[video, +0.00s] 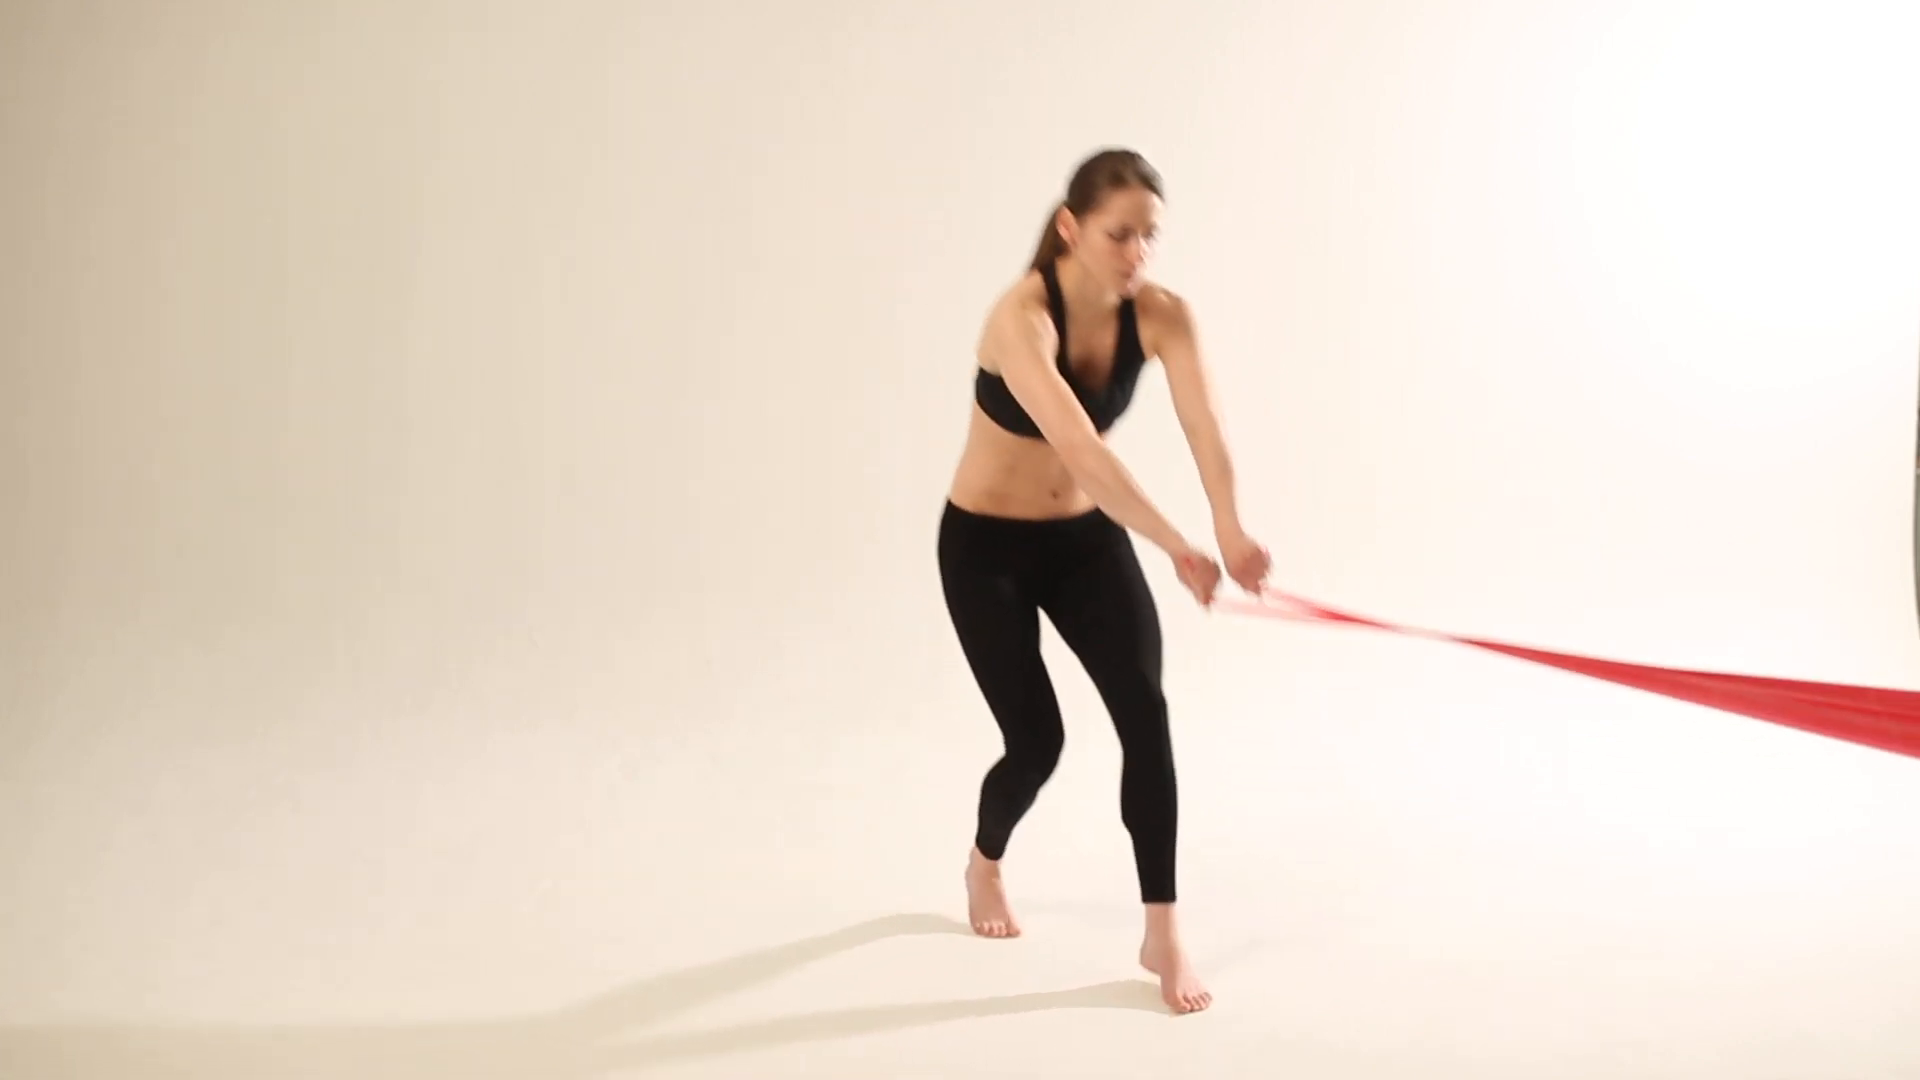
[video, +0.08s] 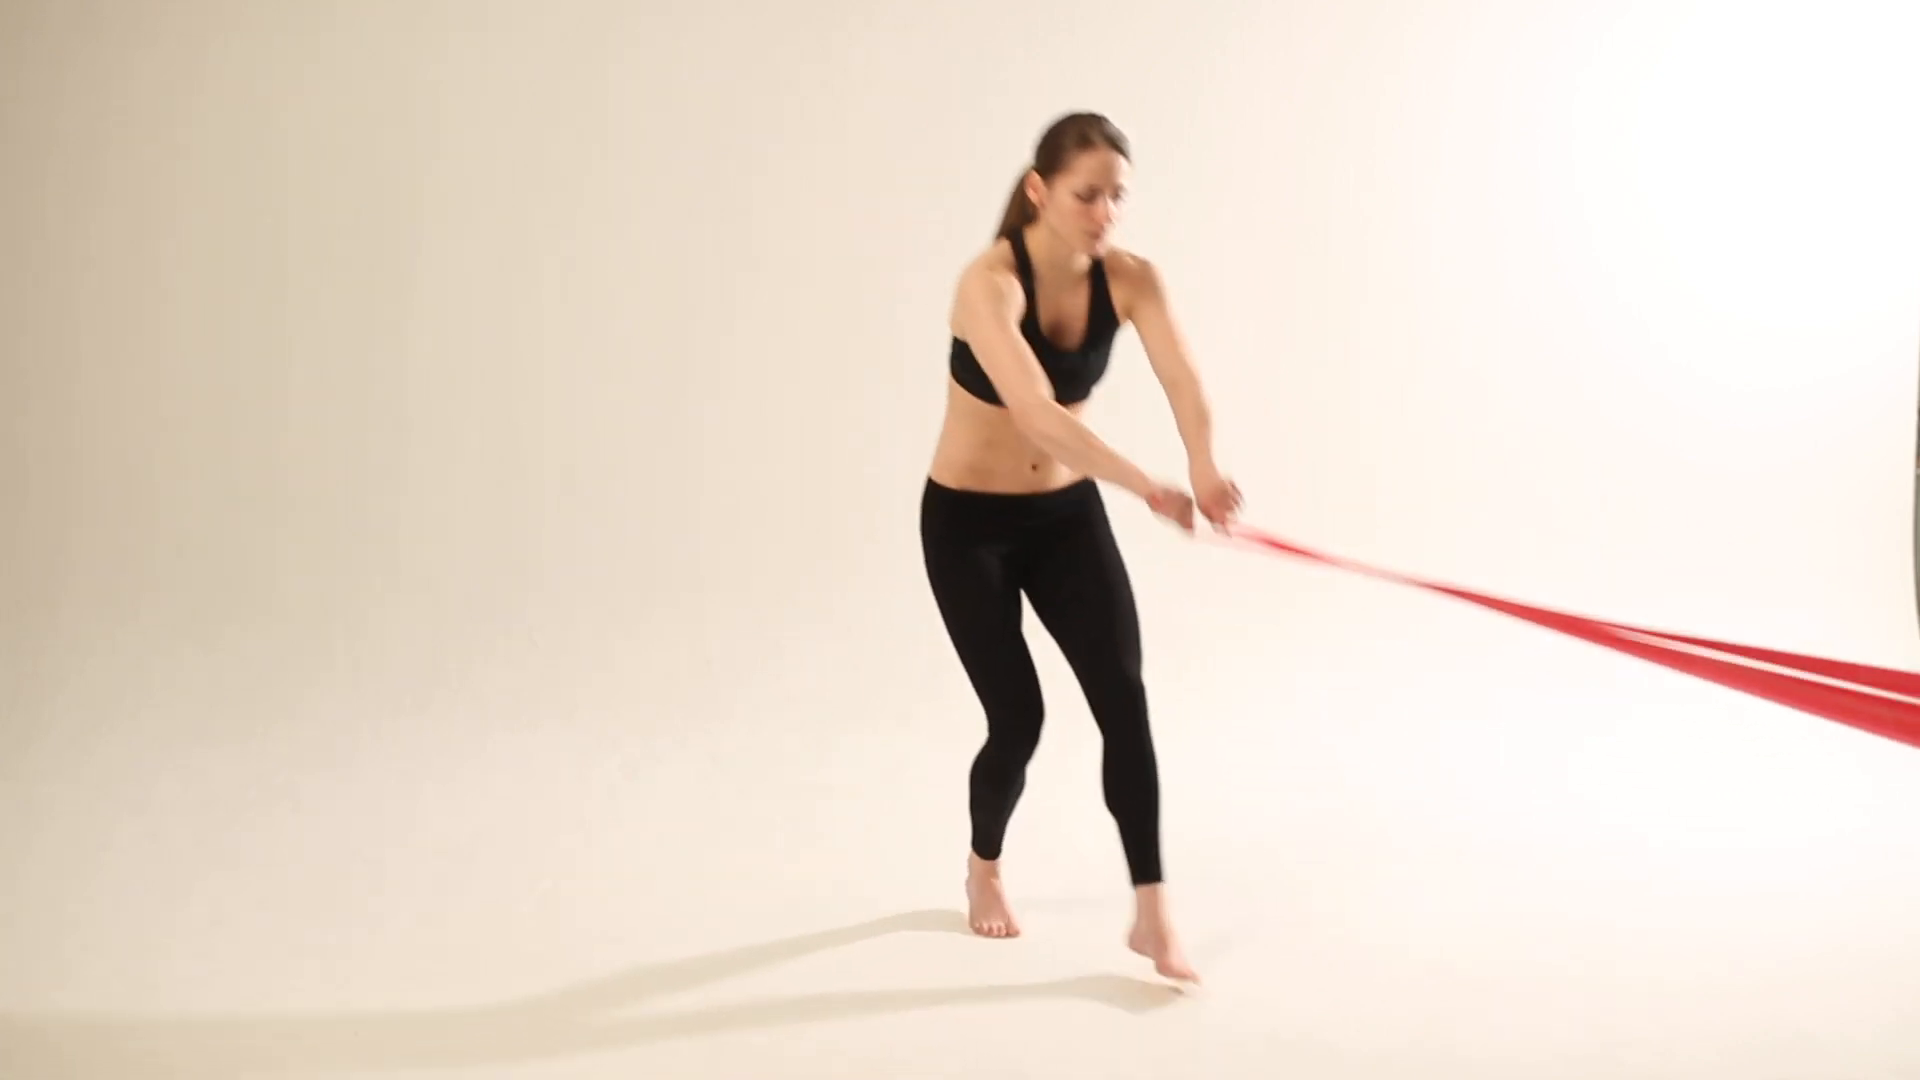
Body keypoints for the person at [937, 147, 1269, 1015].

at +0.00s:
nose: (1138, 251)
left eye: (1149, 234)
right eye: (1121, 232)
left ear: (1158, 237)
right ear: (1070, 229)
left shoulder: (1159, 312)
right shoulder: (1018, 321)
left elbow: (1202, 426)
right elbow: (1084, 454)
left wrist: (1231, 529)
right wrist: (1177, 547)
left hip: (1085, 540)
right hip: (984, 544)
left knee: (1145, 720)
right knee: (1036, 742)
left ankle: (1162, 930)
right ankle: (984, 861)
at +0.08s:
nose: (1106, 209)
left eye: (1116, 192)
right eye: (1089, 192)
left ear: (1124, 197)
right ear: (1038, 190)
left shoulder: (1128, 277)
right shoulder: (986, 285)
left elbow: (1181, 382)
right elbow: (1038, 419)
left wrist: (1202, 465)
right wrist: (1145, 486)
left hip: (1066, 518)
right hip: (967, 522)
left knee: (1123, 707)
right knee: (1017, 718)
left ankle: (1151, 906)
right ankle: (984, 865)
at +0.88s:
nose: (934, 119)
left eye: (943, 105)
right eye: (917, 103)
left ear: (954, 114)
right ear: (875, 109)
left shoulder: (970, 205)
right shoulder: (835, 208)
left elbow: (1017, 316)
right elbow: (769, 336)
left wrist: (1096, 252)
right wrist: (705, 284)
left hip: (967, 450)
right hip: (877, 446)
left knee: (935, 632)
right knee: (919, 624)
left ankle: (894, 803)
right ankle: (912, 825)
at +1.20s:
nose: (922, 118)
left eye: (931, 104)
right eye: (905, 102)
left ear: (942, 112)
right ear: (864, 107)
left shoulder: (961, 203)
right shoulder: (822, 204)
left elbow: (998, 320)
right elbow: (756, 328)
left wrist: (1092, 272)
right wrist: (686, 285)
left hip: (952, 444)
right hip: (862, 441)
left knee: (928, 629)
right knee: (896, 620)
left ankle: (895, 805)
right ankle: (896, 816)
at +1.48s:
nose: (924, 121)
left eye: (934, 107)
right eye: (907, 105)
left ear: (945, 116)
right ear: (867, 110)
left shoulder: (961, 205)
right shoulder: (824, 206)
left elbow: (1000, 321)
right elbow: (759, 331)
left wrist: (1091, 270)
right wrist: (695, 285)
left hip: (956, 446)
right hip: (865, 444)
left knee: (934, 629)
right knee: (908, 620)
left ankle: (896, 800)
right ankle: (901, 811)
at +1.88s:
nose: (950, 123)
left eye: (960, 109)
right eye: (933, 108)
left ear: (970, 121)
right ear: (891, 120)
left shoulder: (993, 211)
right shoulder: (858, 217)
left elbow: (1091, 308)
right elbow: (786, 336)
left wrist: (1125, 231)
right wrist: (821, 254)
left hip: (986, 462)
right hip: (893, 463)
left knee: (958, 654)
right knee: (935, 658)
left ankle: (899, 788)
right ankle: (964, 858)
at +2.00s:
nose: (970, 123)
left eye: (980, 109)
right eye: (953, 108)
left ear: (989, 120)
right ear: (911, 119)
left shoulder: (1013, 213)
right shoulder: (873, 216)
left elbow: (1110, 311)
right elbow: (820, 331)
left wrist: (1134, 248)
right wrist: (894, 263)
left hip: (998, 467)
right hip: (904, 469)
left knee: (1013, 666)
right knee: (941, 659)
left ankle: (929, 767)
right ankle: (966, 862)